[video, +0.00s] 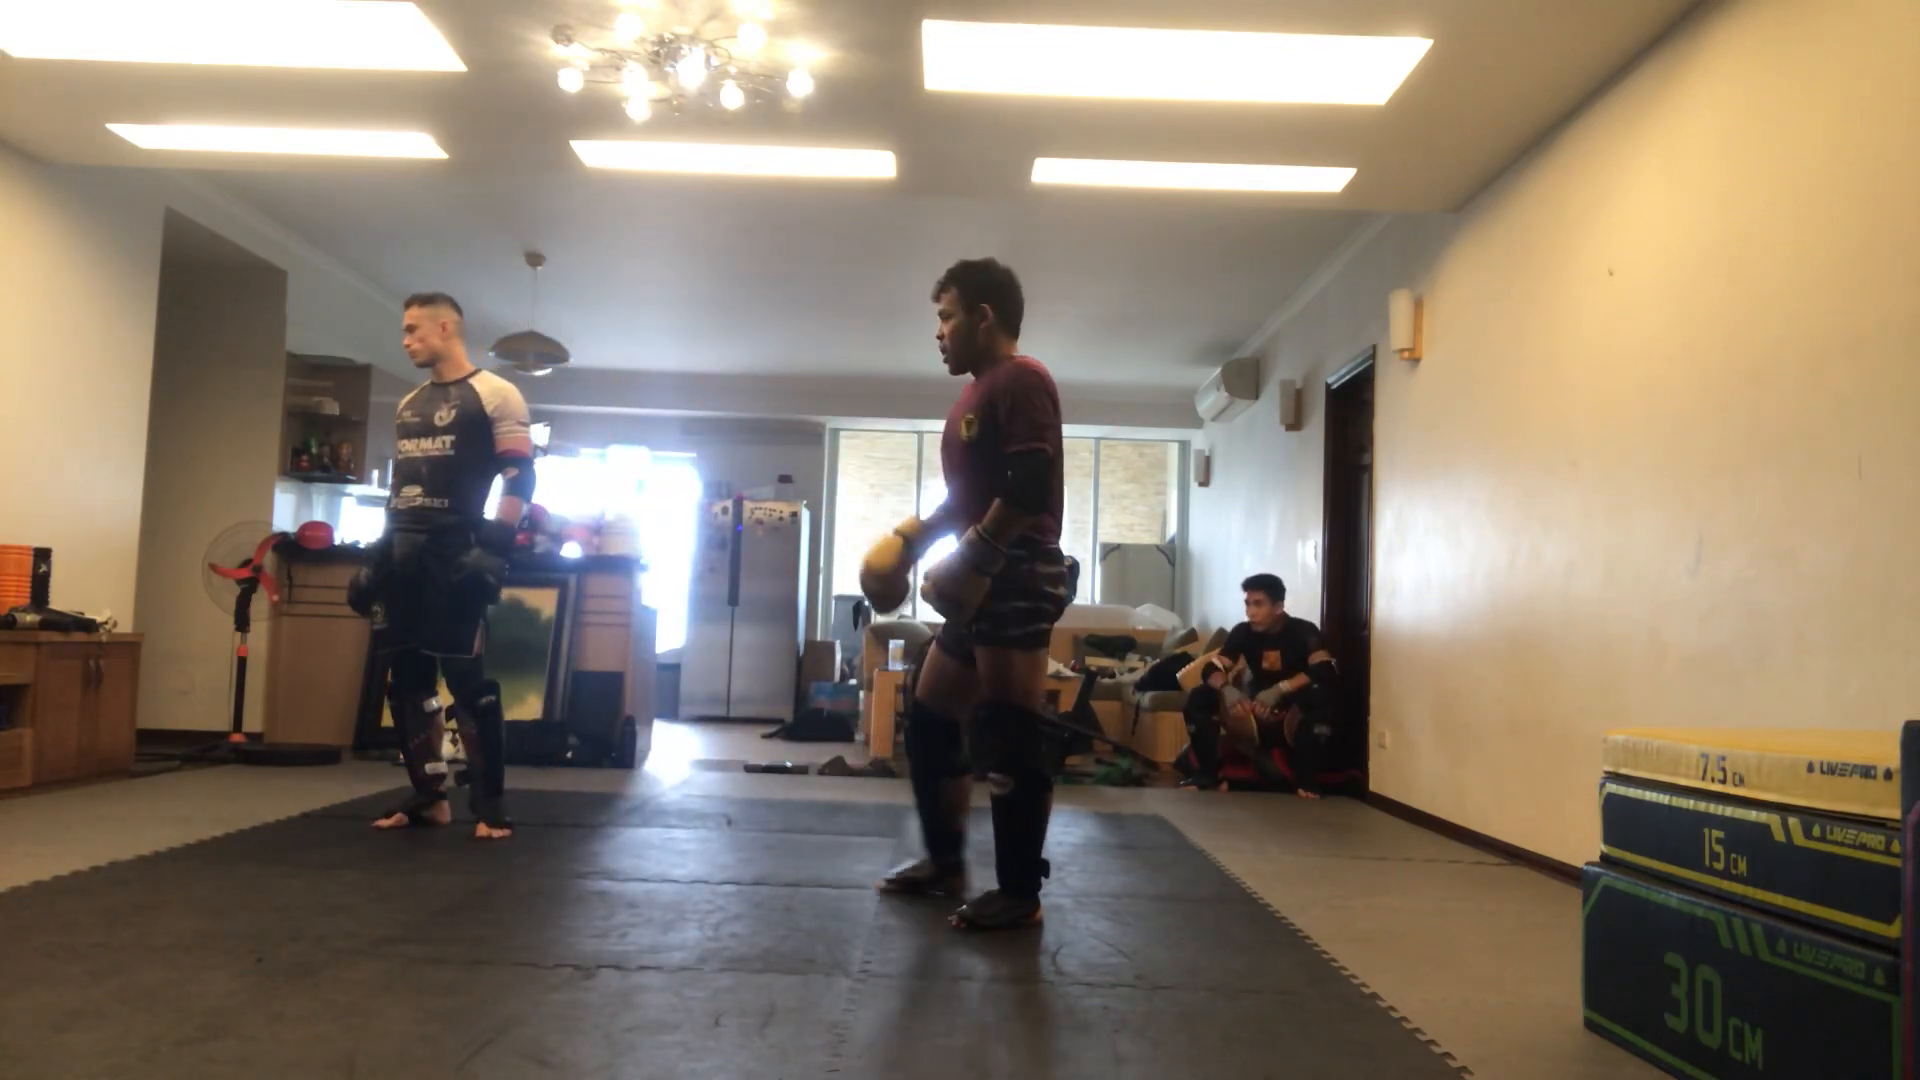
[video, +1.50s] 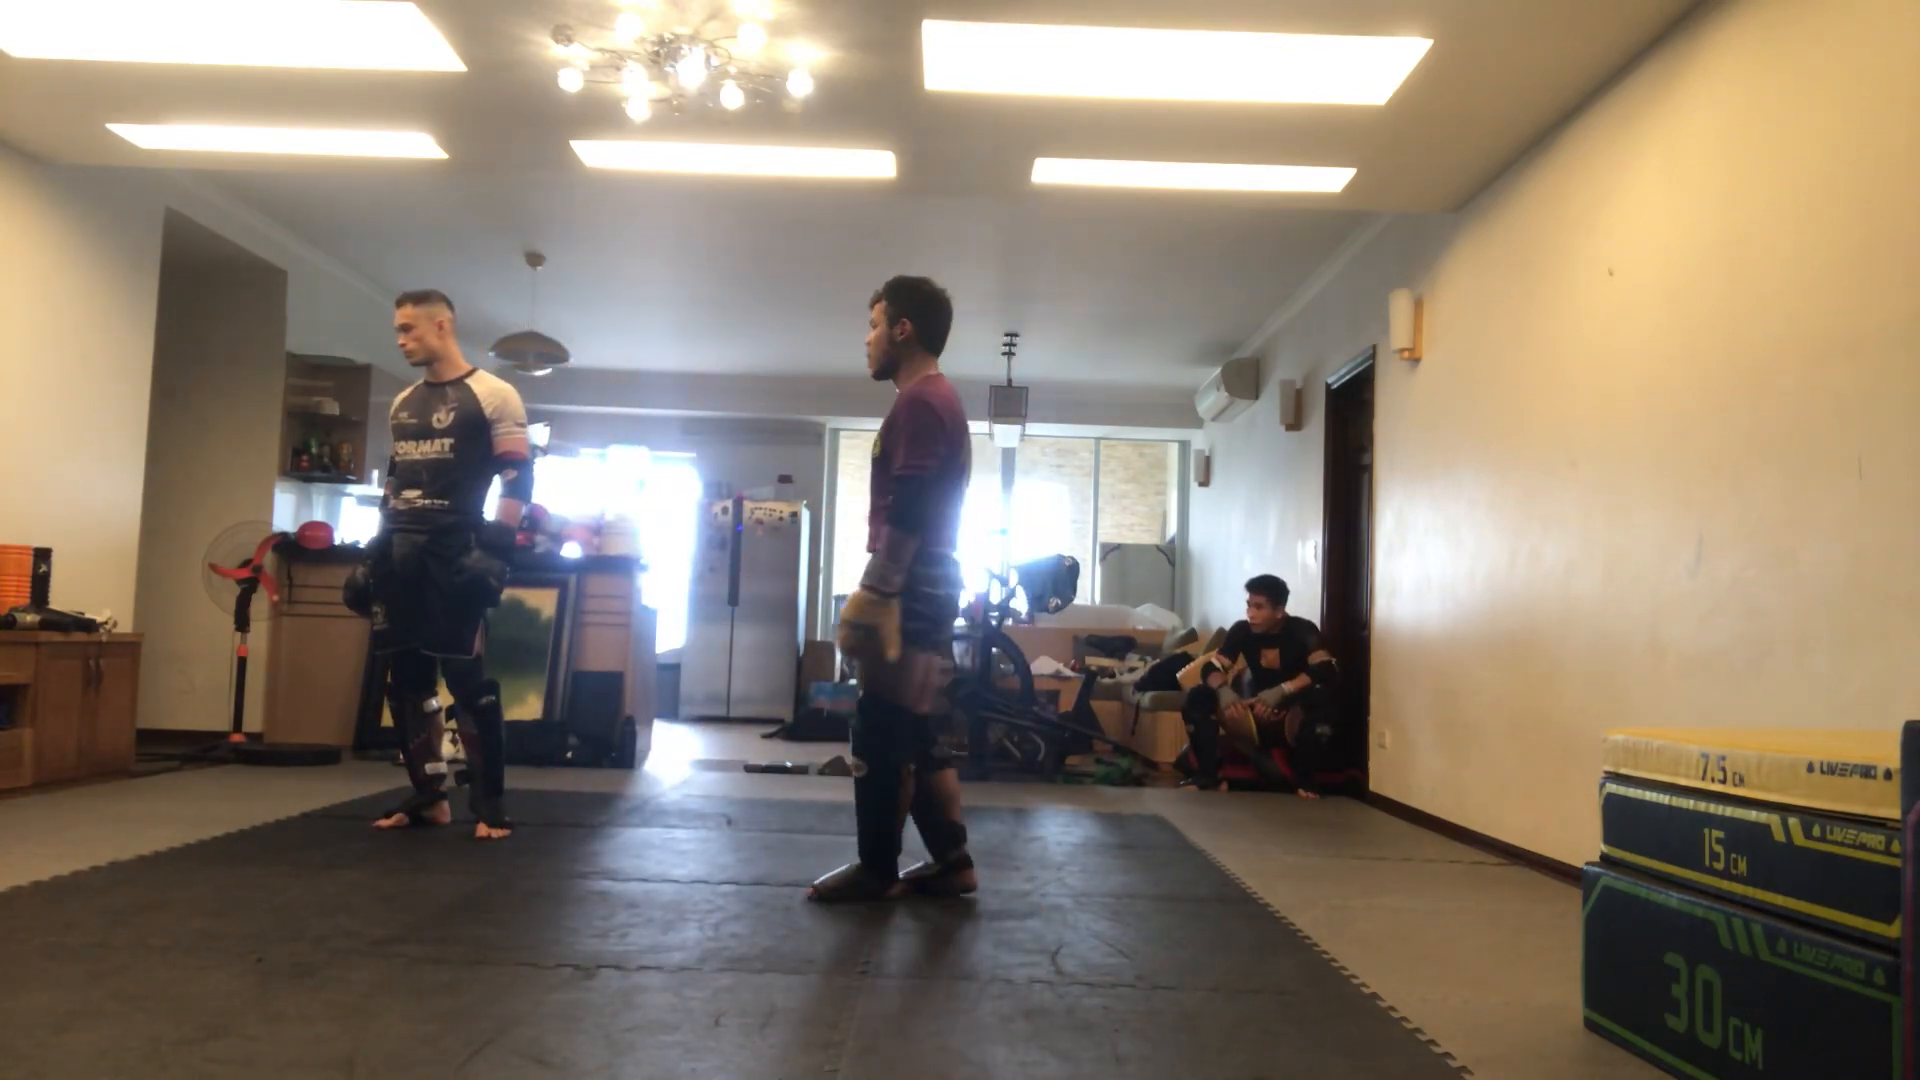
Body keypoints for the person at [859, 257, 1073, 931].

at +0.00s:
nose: (937, 332)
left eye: (946, 318)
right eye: (937, 319)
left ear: (984, 317)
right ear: (978, 319)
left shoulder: (1020, 380)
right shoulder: (975, 393)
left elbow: (1028, 483)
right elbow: (965, 497)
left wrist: (974, 561)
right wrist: (910, 539)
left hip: (1021, 574)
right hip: (981, 572)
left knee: (1012, 730)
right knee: (930, 715)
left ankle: (1019, 893)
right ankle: (945, 864)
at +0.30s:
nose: (915, 337)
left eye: (922, 323)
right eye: (915, 325)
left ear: (959, 324)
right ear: (964, 326)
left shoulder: (980, 379)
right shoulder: (977, 382)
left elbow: (994, 479)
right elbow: (992, 489)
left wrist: (944, 560)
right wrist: (944, 573)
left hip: (1003, 572)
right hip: (975, 573)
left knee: (997, 722)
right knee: (939, 718)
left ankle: (1016, 893)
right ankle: (953, 865)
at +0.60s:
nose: (905, 345)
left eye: (912, 331)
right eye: (906, 333)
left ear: (946, 331)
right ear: (955, 333)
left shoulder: (966, 382)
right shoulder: (976, 387)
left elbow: (978, 482)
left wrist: (919, 564)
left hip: (979, 572)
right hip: (980, 572)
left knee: (937, 714)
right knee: (946, 716)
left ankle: (961, 873)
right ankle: (955, 860)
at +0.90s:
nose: (898, 345)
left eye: (905, 332)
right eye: (900, 333)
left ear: (937, 333)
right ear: (946, 337)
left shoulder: (953, 387)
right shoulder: (973, 392)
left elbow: (958, 481)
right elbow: (967, 497)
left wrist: (913, 566)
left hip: (961, 580)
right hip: (980, 580)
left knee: (908, 723)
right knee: (955, 734)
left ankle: (883, 859)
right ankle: (958, 868)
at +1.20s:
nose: (887, 337)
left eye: (895, 324)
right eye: (891, 324)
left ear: (926, 329)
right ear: (934, 333)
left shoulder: (939, 393)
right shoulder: (959, 393)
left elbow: (950, 497)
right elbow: (962, 504)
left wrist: (922, 592)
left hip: (936, 584)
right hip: (963, 585)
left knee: (896, 726)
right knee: (950, 733)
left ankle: (878, 866)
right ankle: (957, 867)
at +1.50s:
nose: (866, 337)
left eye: (873, 325)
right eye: (868, 325)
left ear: (902, 330)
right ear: (913, 332)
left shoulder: (921, 401)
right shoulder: (933, 397)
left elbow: (910, 517)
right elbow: (917, 516)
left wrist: (869, 600)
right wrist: (884, 595)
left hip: (910, 591)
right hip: (924, 590)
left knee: (881, 733)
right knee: (918, 736)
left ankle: (875, 867)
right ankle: (951, 862)